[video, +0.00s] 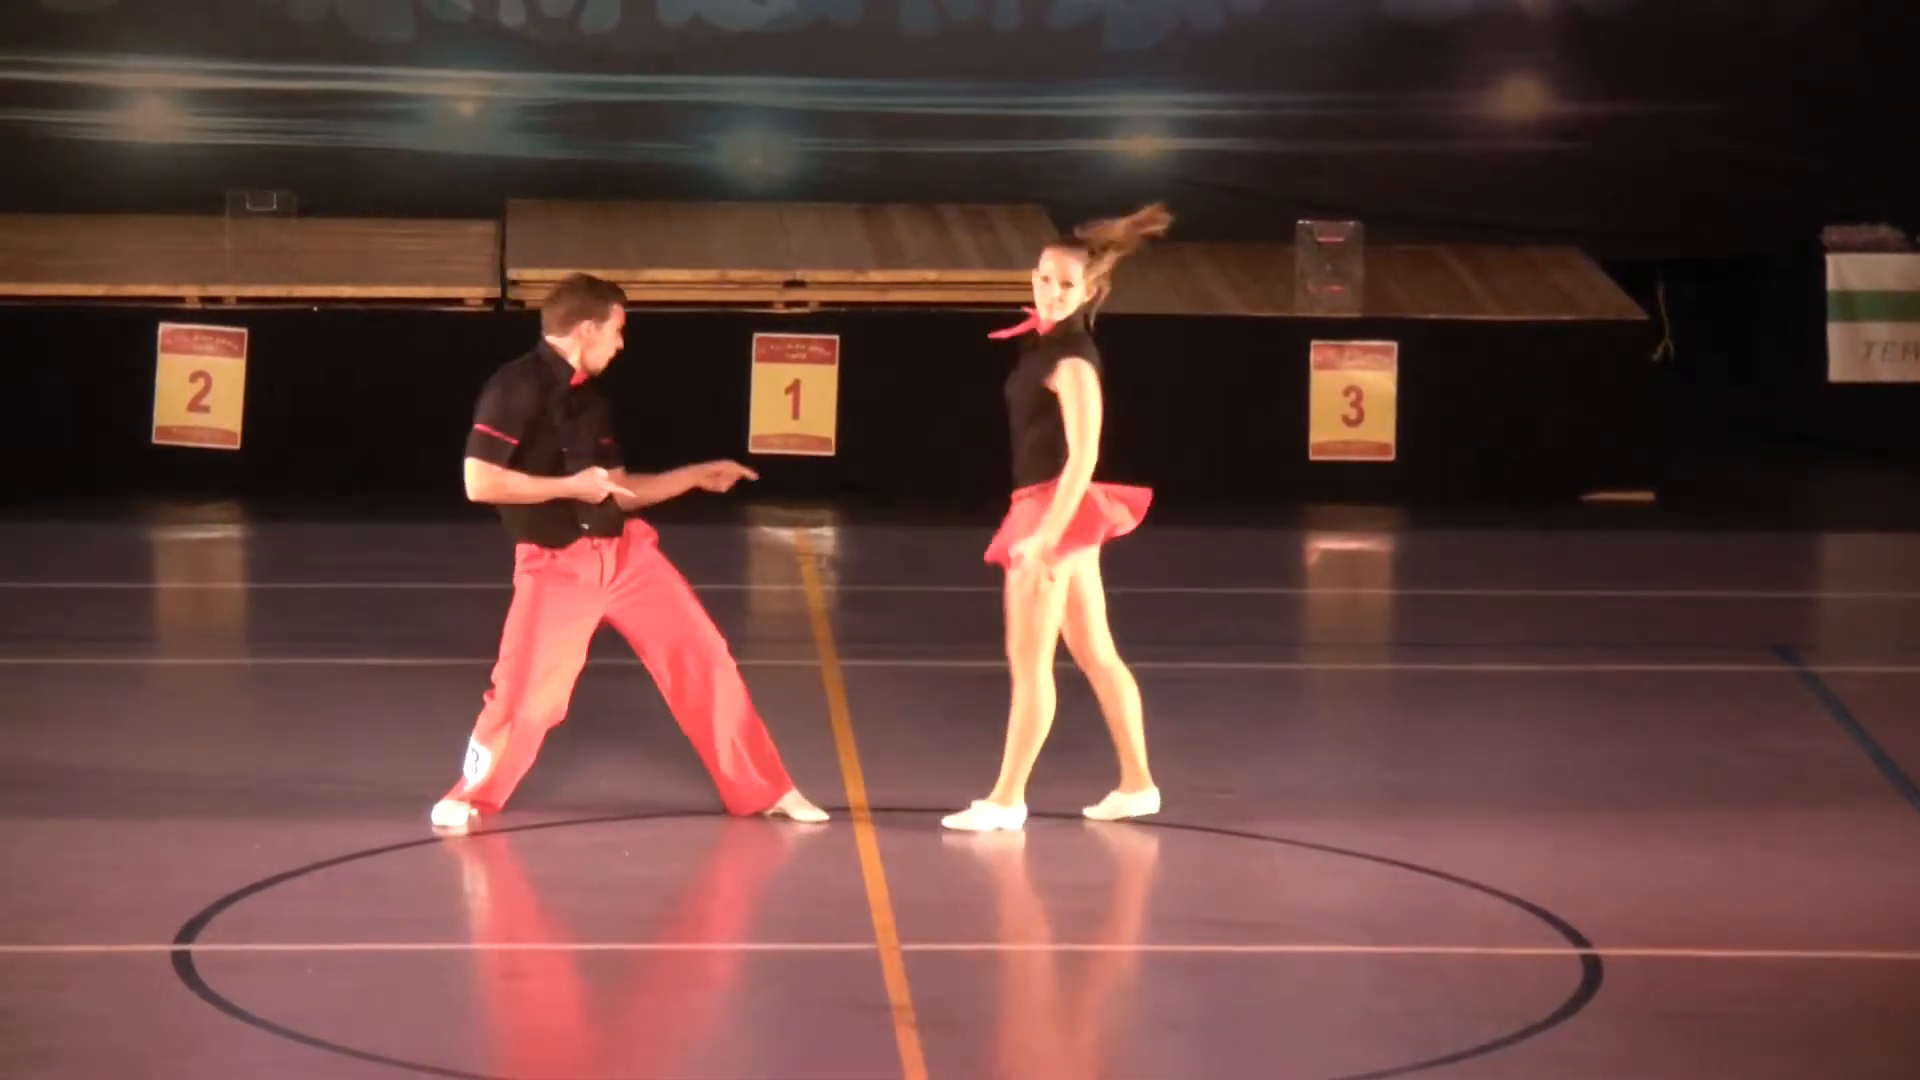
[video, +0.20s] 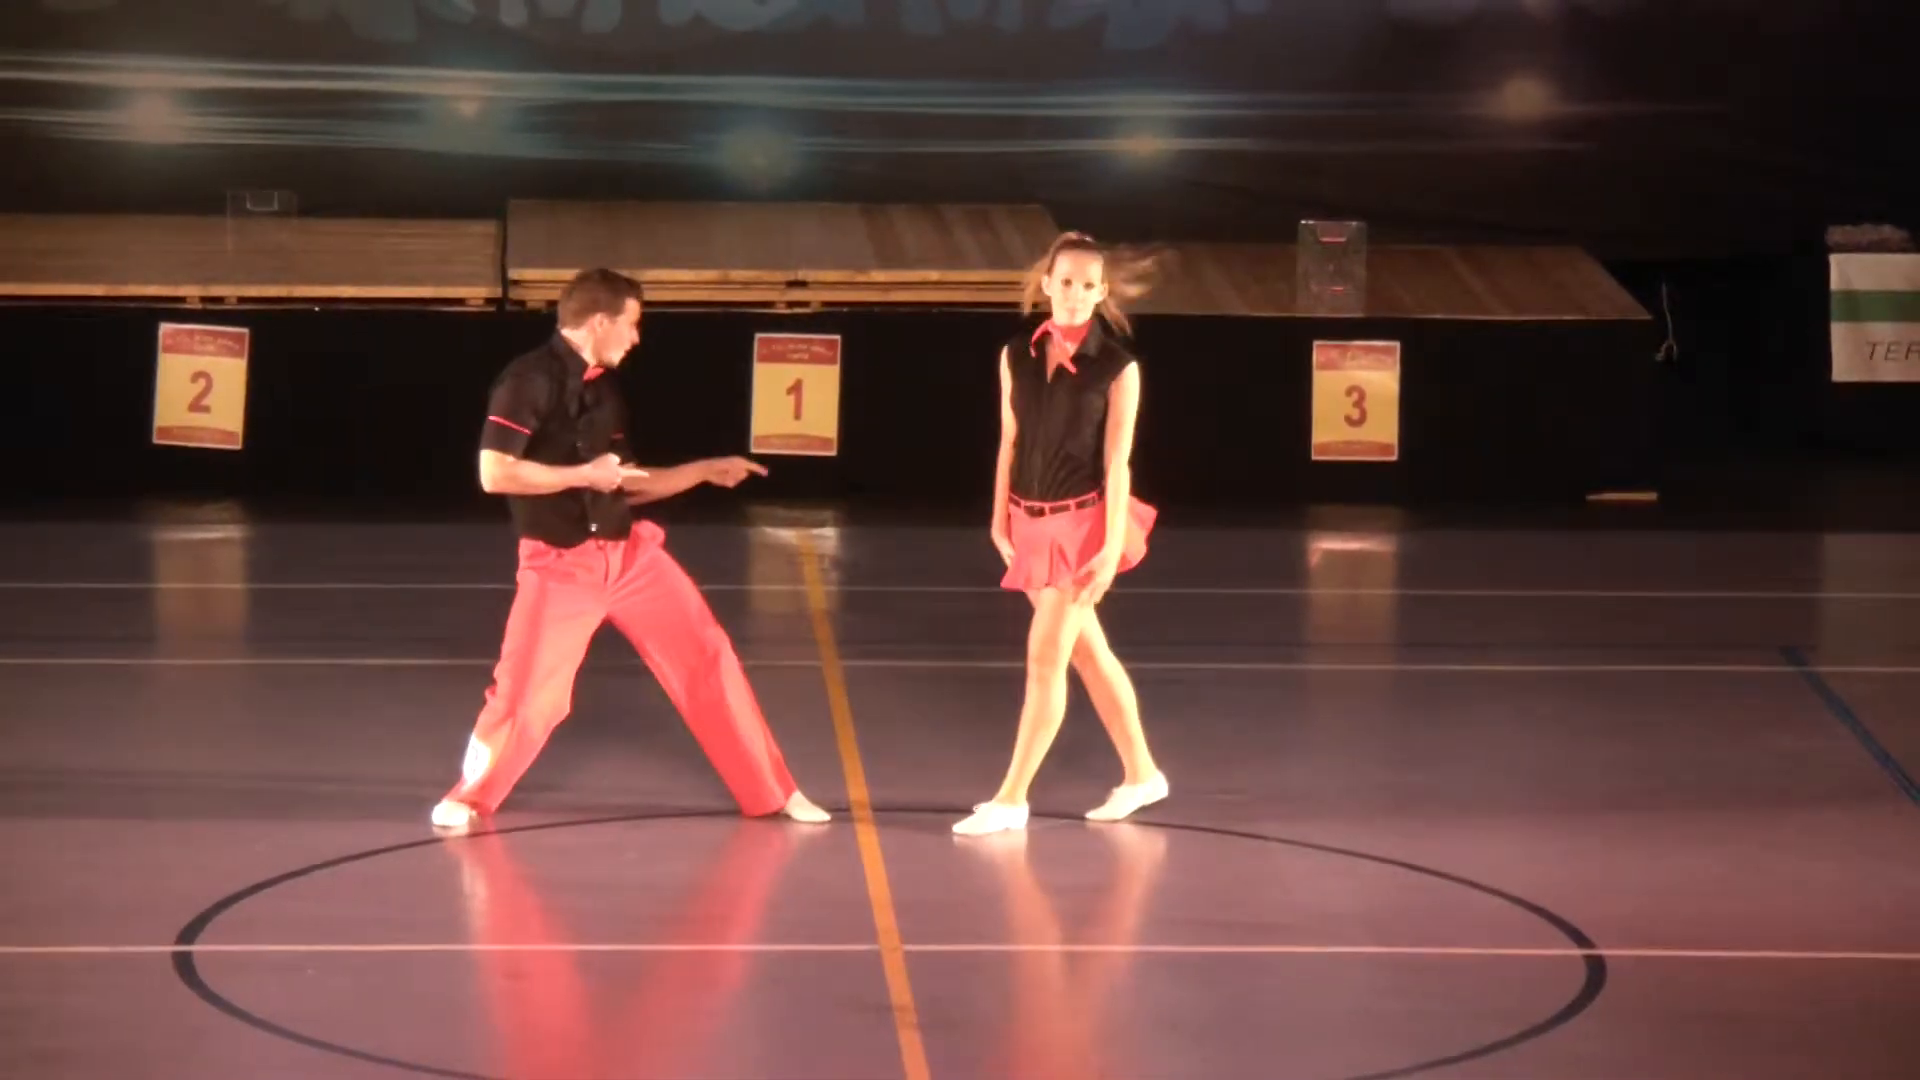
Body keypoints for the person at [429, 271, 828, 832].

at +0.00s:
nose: (620, 345)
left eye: (622, 333)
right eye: (616, 331)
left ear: (580, 331)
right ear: (581, 329)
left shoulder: (589, 395)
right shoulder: (514, 387)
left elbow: (613, 488)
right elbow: (480, 482)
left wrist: (696, 474)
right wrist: (571, 486)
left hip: (628, 553)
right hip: (553, 566)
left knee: (705, 659)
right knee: (525, 694)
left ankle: (766, 789)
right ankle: (469, 800)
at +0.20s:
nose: (634, 338)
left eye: (636, 326)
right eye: (630, 325)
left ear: (598, 323)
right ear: (594, 321)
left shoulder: (604, 386)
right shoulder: (528, 379)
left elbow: (625, 484)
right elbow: (495, 472)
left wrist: (705, 469)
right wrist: (584, 475)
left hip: (633, 555)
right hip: (557, 567)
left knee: (710, 657)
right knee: (525, 694)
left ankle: (775, 791)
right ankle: (467, 801)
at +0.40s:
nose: (644, 327)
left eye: (645, 314)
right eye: (638, 314)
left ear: (607, 313)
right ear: (603, 313)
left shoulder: (616, 376)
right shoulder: (534, 374)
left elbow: (642, 477)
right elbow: (501, 467)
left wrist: (720, 460)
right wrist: (591, 469)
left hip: (640, 550)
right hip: (563, 560)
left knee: (713, 659)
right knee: (526, 686)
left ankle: (772, 791)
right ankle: (468, 800)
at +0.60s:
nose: (647, 318)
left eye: (647, 306)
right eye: (640, 305)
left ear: (610, 307)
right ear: (603, 306)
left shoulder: (621, 373)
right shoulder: (537, 369)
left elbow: (650, 472)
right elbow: (506, 463)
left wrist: (727, 455)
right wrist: (595, 459)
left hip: (648, 547)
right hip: (570, 557)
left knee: (716, 660)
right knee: (533, 683)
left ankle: (773, 790)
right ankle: (469, 800)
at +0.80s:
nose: (620, 312)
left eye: (626, 300)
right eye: (607, 300)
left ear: (632, 305)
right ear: (573, 303)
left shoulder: (648, 375)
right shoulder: (533, 378)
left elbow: (682, 455)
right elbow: (498, 472)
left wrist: (689, 481)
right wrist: (570, 473)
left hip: (656, 557)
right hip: (571, 562)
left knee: (724, 667)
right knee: (532, 684)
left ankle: (770, 792)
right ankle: (473, 799)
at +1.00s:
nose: (615, 286)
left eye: (625, 275)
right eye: (604, 275)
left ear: (643, 283)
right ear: (587, 284)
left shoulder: (661, 361)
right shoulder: (558, 335)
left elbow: (686, 434)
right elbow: (498, 372)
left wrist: (671, 481)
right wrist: (533, 292)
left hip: (648, 537)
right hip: (568, 537)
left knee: (710, 660)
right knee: (529, 666)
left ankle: (763, 791)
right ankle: (470, 795)